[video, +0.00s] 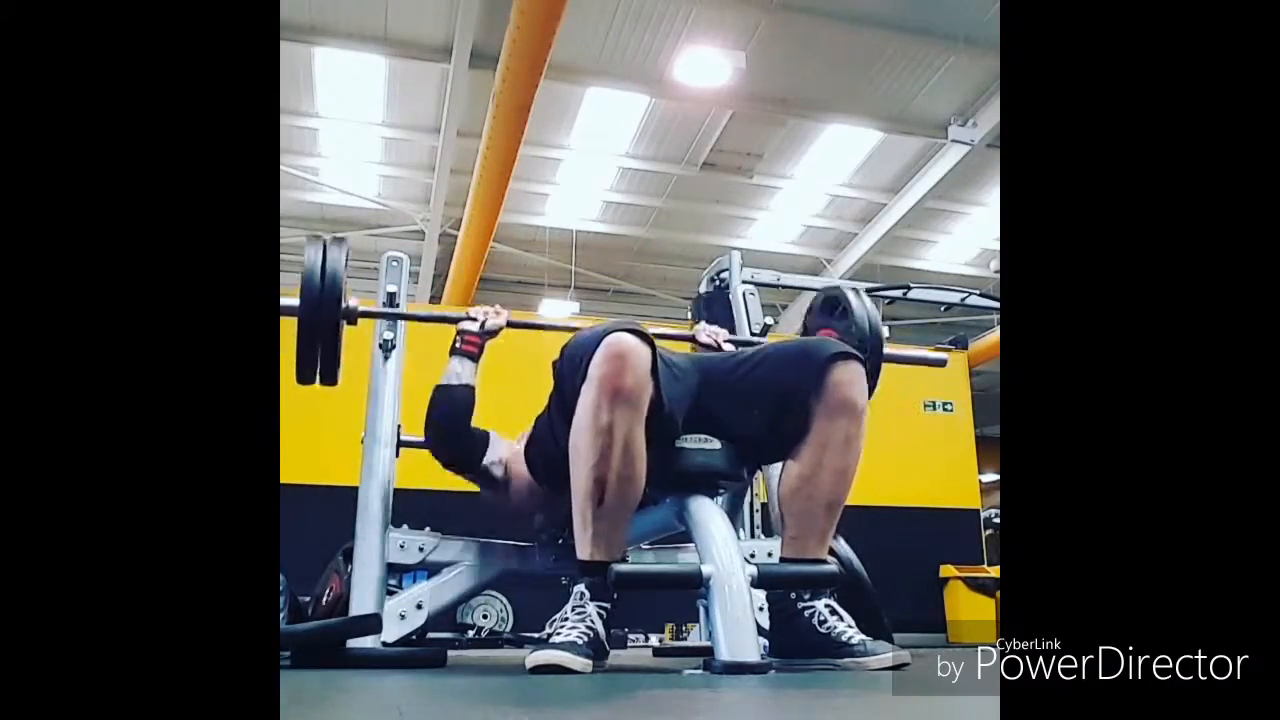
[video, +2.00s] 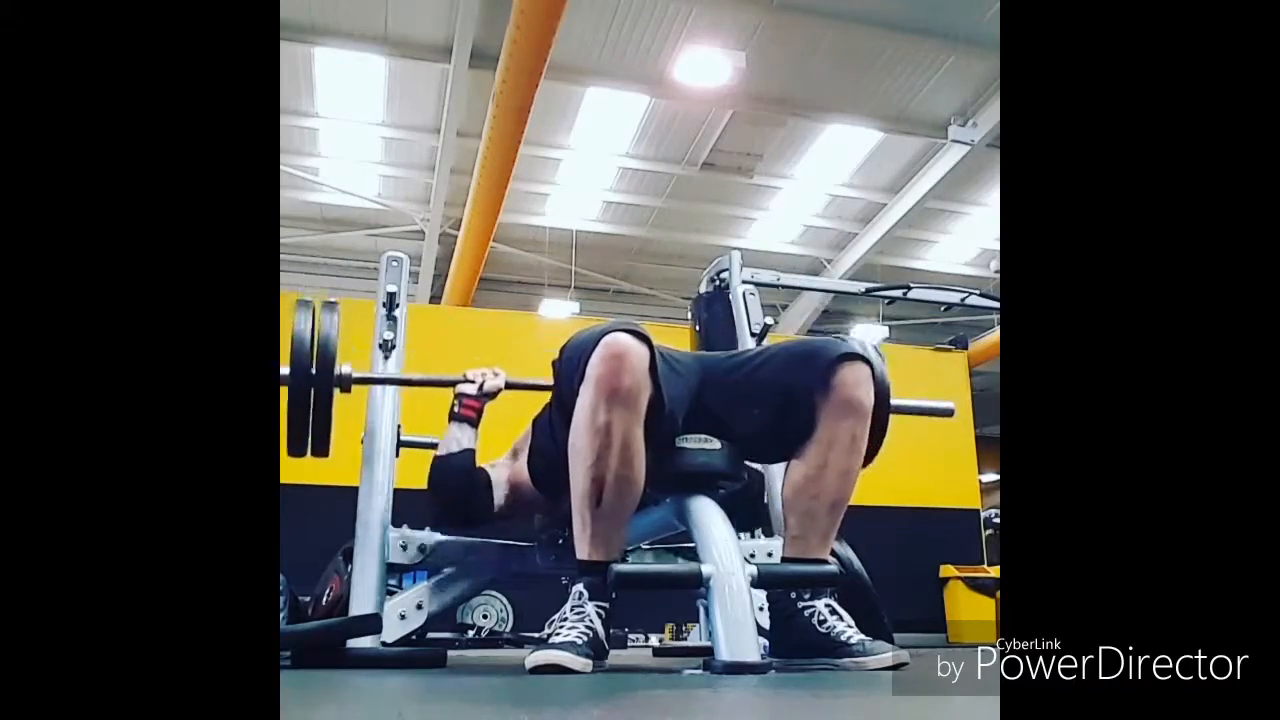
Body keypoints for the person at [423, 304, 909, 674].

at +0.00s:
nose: (509, 496)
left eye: (502, 490)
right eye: (501, 490)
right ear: (506, 477)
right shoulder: (524, 461)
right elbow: (448, 433)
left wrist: (717, 355)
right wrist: (468, 344)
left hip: (713, 385)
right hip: (642, 374)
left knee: (841, 373)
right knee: (620, 353)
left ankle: (799, 610)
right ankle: (587, 606)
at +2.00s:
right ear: (496, 498)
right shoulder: (524, 480)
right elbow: (452, 501)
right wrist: (468, 406)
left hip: (707, 376)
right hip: (630, 358)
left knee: (850, 375)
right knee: (618, 357)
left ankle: (800, 607)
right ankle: (587, 606)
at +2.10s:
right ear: (499, 502)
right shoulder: (525, 481)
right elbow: (453, 502)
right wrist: (467, 407)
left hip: (704, 376)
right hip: (628, 360)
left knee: (848, 374)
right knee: (620, 356)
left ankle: (801, 607)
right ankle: (586, 607)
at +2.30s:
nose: (495, 456)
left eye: (494, 467)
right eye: (496, 475)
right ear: (511, 482)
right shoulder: (527, 460)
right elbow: (442, 443)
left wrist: (714, 354)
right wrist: (468, 355)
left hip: (700, 377)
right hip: (631, 360)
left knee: (845, 374)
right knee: (617, 355)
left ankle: (801, 609)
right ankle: (587, 606)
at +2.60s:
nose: (497, 441)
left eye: (496, 442)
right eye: (494, 448)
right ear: (503, 471)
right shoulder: (523, 465)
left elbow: (722, 383)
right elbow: (466, 377)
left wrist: (711, 311)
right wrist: (468, 283)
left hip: (685, 382)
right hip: (613, 364)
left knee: (844, 375)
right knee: (618, 351)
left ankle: (798, 607)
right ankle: (586, 605)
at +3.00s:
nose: (491, 464)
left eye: (494, 464)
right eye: (490, 471)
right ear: (499, 475)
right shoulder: (517, 467)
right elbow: (440, 433)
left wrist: (717, 356)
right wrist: (465, 340)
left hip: (708, 389)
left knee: (846, 377)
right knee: (619, 355)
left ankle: (799, 609)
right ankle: (587, 606)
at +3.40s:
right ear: (499, 502)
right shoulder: (525, 478)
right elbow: (447, 483)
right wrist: (463, 394)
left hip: (700, 375)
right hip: (625, 362)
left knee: (848, 375)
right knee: (622, 356)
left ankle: (801, 606)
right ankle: (587, 605)